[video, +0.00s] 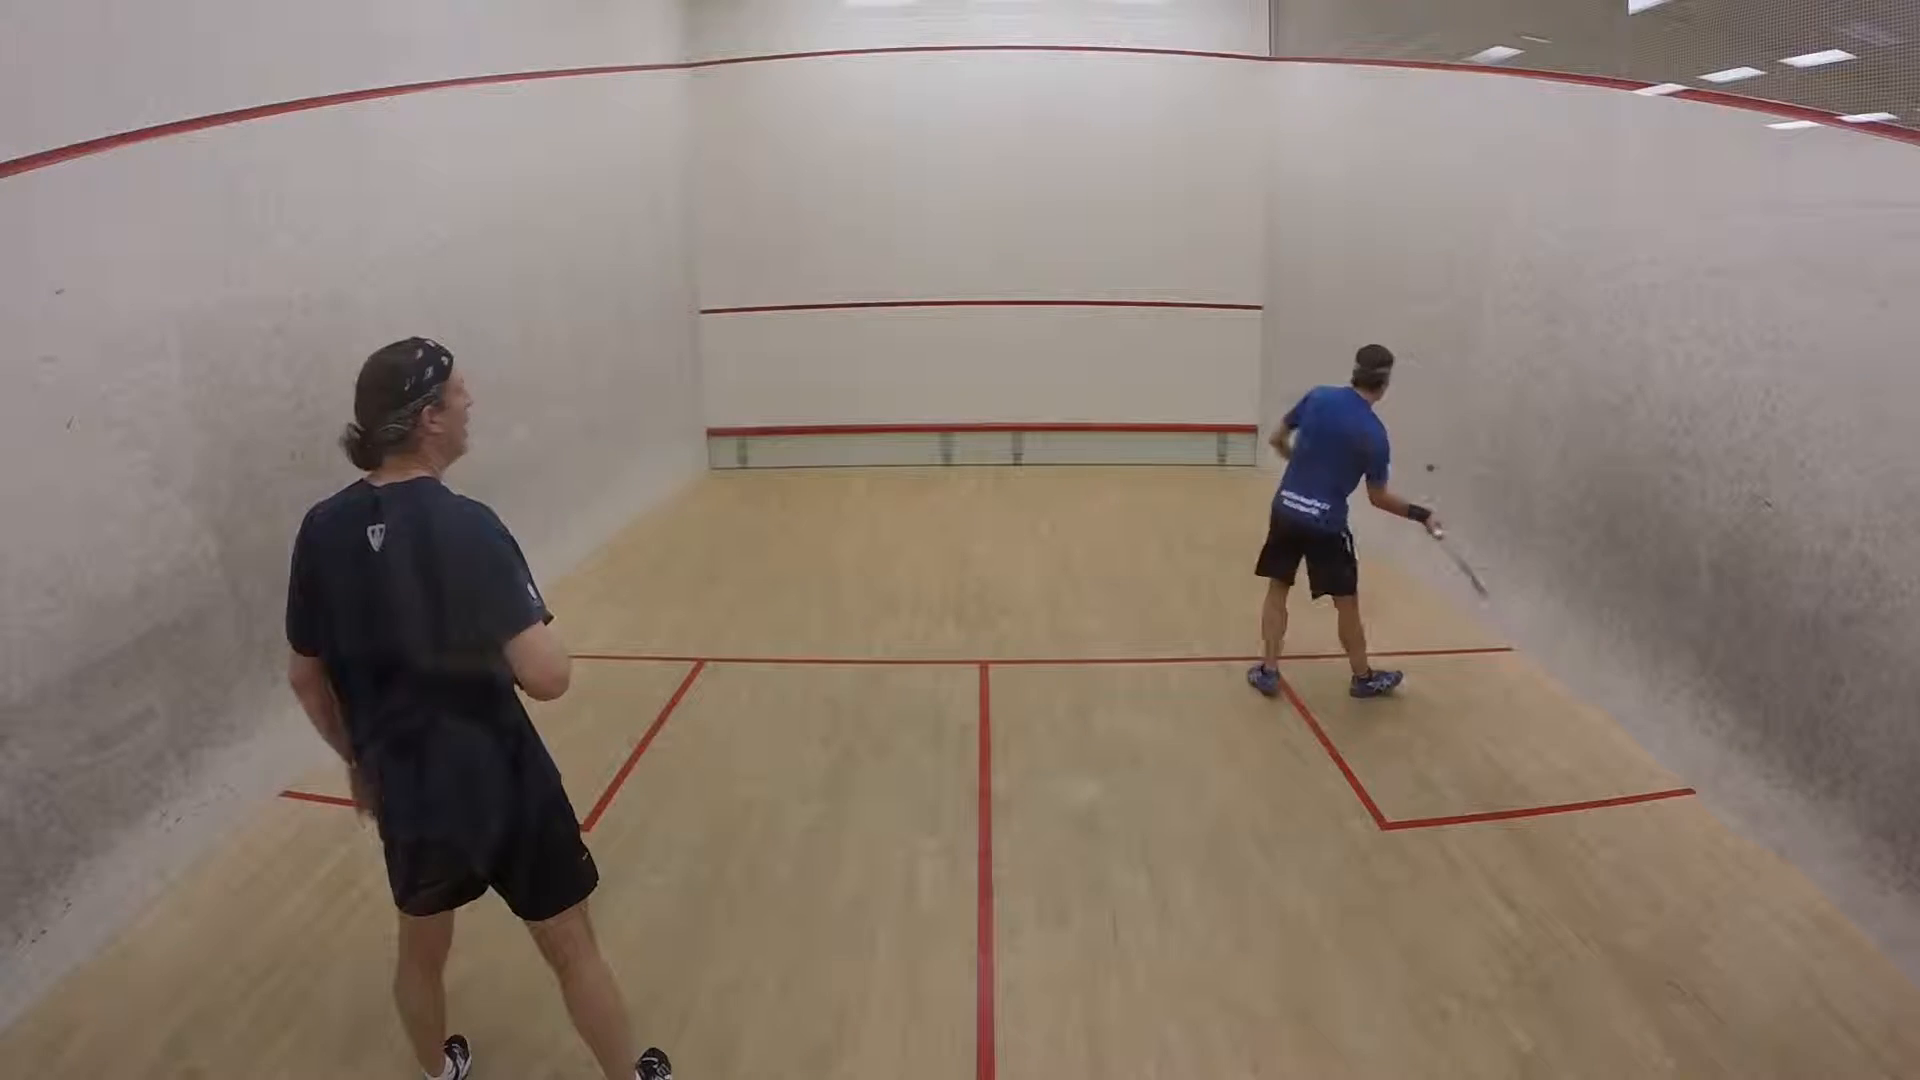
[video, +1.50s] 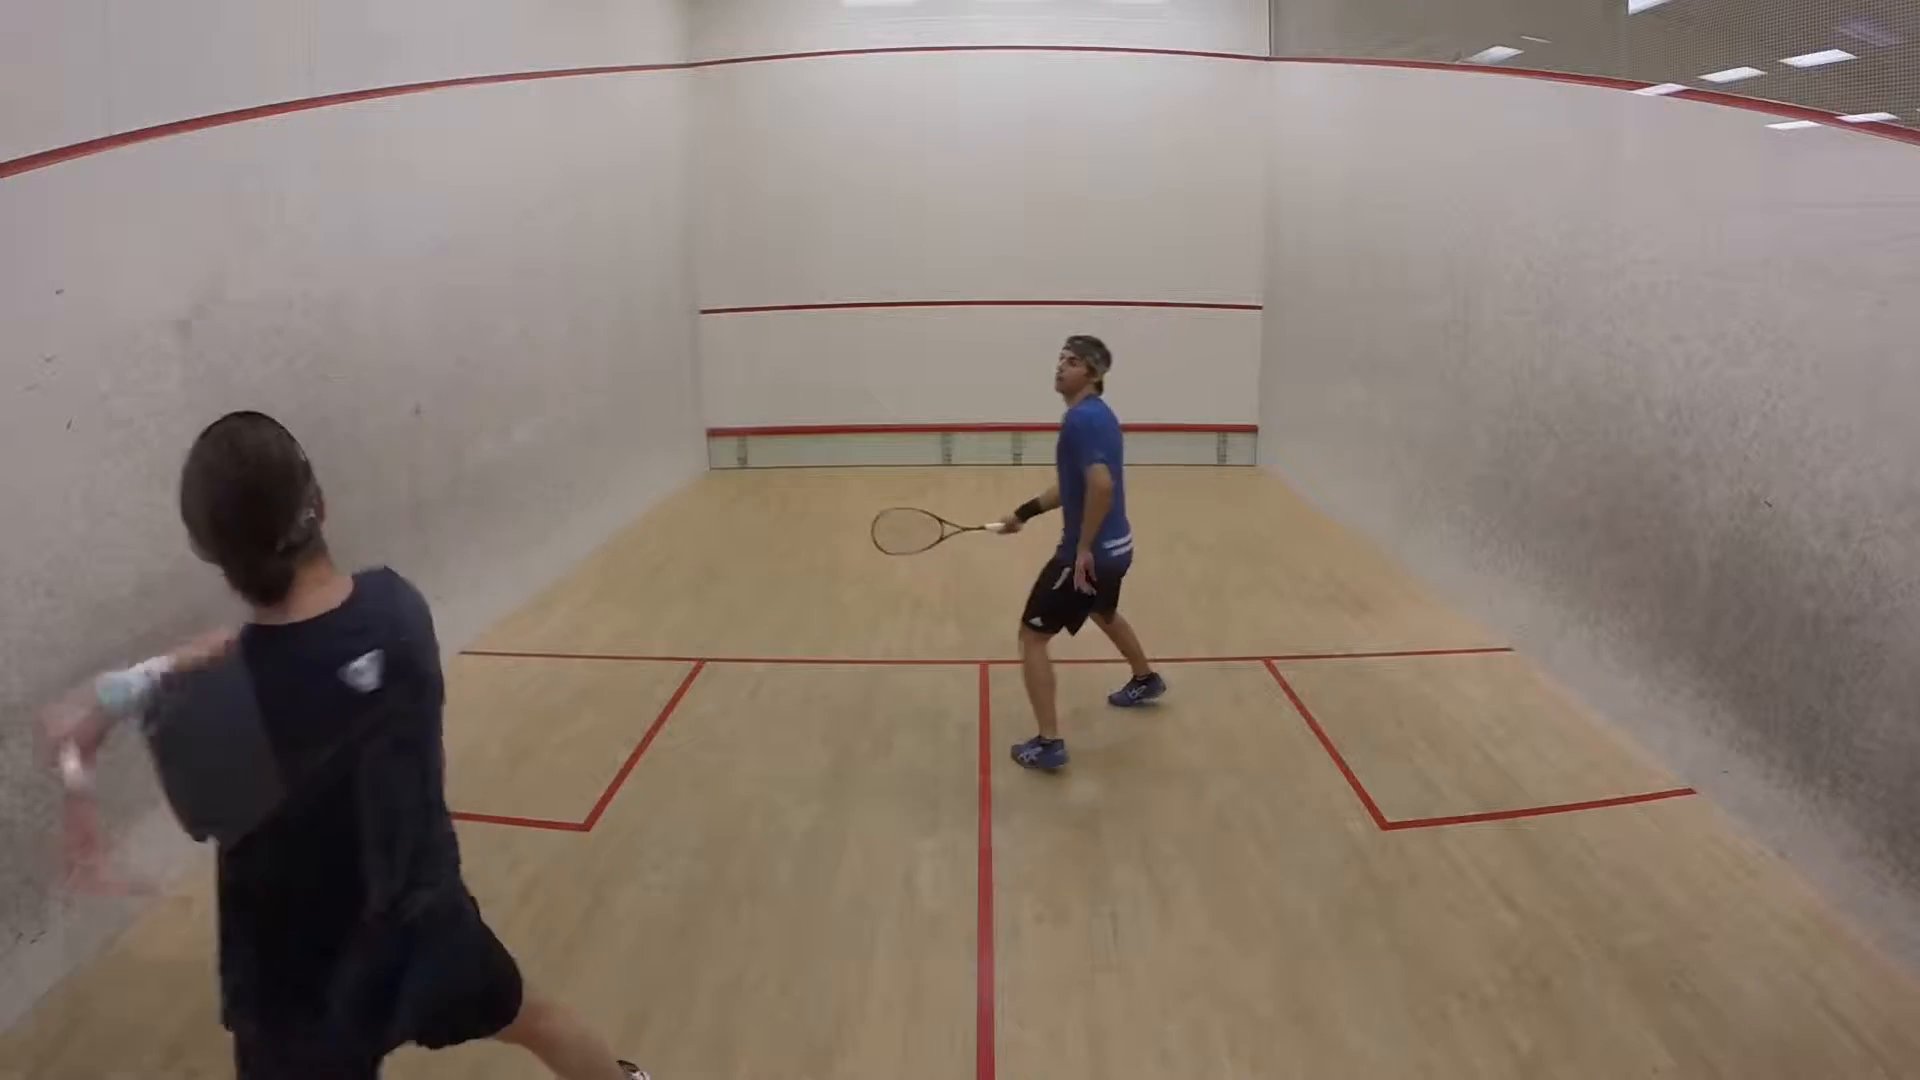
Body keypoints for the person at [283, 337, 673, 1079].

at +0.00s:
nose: (470, 411)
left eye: (465, 396)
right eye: (461, 399)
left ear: (382, 421)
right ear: (426, 420)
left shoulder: (324, 528)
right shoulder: (469, 525)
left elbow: (307, 675)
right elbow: (547, 676)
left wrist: (357, 756)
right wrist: (519, 627)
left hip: (402, 783)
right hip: (502, 775)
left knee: (420, 952)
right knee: (572, 949)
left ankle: (438, 1069)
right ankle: (631, 1071)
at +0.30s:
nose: (456, 407)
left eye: (449, 393)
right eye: (449, 396)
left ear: (365, 423)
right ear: (426, 417)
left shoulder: (317, 534)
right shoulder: (471, 521)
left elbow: (298, 688)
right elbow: (554, 667)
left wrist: (333, 777)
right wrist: (500, 654)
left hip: (404, 794)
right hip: (503, 779)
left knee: (418, 958)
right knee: (572, 953)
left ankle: (435, 1070)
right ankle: (630, 1072)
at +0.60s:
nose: (437, 410)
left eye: (429, 397)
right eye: (430, 400)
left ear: (345, 431)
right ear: (414, 421)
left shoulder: (305, 540)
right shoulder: (475, 512)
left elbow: (283, 695)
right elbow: (569, 643)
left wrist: (311, 796)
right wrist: (499, 657)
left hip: (387, 793)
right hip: (494, 775)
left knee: (411, 949)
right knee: (573, 940)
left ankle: (438, 1067)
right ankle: (631, 1071)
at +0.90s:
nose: (446, 429)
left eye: (438, 417)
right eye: (440, 421)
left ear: (356, 463)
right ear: (436, 444)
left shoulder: (333, 582)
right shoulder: (506, 529)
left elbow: (298, 748)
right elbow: (549, 639)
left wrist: (281, 863)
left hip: (417, 838)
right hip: (529, 807)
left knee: (410, 978)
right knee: (583, 945)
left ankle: (427, 1072)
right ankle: (641, 1069)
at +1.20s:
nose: (427, 448)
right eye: (419, 439)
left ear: (325, 498)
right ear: (416, 465)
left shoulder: (355, 637)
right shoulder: (456, 530)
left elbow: (251, 707)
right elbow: (352, 578)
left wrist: (188, 699)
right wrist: (266, 583)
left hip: (405, 879)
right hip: (499, 836)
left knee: (343, 1057)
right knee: (553, 966)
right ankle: (634, 1069)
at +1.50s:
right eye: (314, 484)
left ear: (208, 551)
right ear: (317, 505)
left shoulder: (220, 695)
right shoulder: (398, 605)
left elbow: (204, 822)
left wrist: (177, 709)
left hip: (299, 960)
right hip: (420, 919)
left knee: (284, 1064)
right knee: (533, 1020)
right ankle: (618, 1072)